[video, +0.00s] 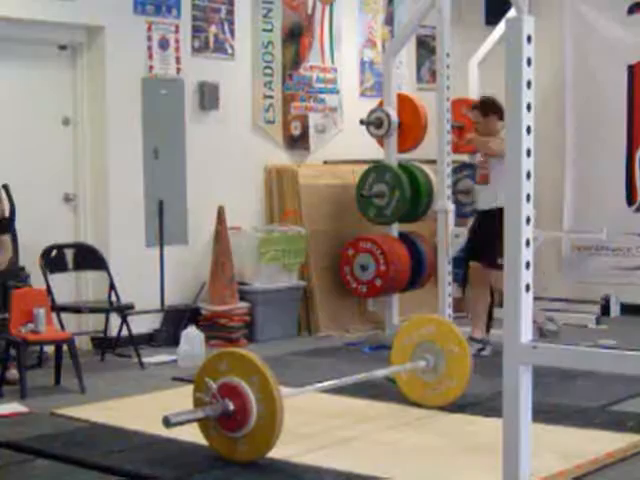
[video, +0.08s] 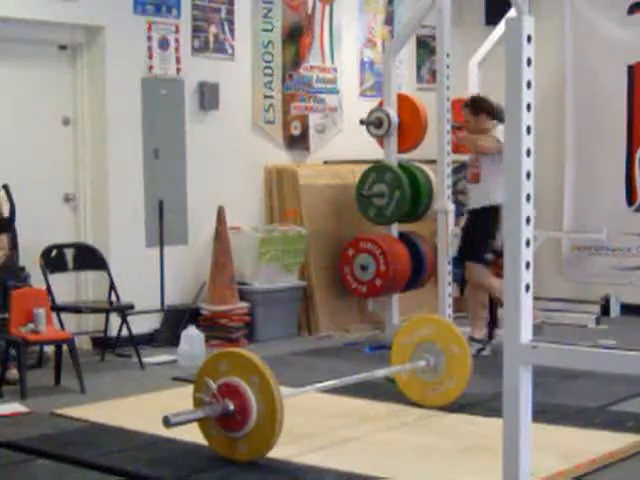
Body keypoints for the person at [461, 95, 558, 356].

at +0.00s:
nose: (474, 126)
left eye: (478, 120)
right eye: (474, 121)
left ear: (494, 119)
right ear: (490, 121)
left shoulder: (509, 142)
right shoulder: (487, 145)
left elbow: (493, 147)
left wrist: (473, 139)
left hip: (503, 211)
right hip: (484, 212)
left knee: (497, 276)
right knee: (477, 274)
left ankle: (537, 320)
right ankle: (478, 334)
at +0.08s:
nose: (466, 123)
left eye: (469, 118)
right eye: (466, 118)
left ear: (483, 117)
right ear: (483, 119)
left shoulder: (497, 138)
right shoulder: (481, 143)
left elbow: (485, 146)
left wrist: (465, 136)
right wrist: (466, 214)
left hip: (491, 206)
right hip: (477, 208)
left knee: (473, 268)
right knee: (475, 273)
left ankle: (515, 303)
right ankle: (478, 331)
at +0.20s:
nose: (450, 125)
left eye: (452, 120)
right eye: (449, 121)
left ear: (466, 116)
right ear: (465, 117)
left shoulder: (488, 133)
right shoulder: (471, 136)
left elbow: (471, 143)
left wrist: (451, 137)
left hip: (482, 202)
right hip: (465, 203)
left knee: (455, 266)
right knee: (472, 272)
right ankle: (480, 330)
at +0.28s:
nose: (447, 125)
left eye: (448, 120)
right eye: (445, 121)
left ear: (461, 116)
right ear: (460, 116)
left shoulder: (485, 133)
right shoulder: (465, 137)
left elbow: (470, 142)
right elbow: (454, 175)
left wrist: (448, 137)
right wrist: (456, 144)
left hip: (478, 202)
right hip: (460, 203)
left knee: (451, 268)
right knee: (472, 274)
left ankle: (469, 328)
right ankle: (479, 334)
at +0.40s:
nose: (434, 127)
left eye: (435, 122)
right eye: (433, 123)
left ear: (447, 117)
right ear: (447, 117)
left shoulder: (471, 134)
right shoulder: (452, 137)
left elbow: (455, 145)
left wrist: (433, 135)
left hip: (466, 206)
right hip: (448, 206)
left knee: (441, 270)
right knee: (465, 275)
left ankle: (439, 333)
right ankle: (477, 335)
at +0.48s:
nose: (413, 130)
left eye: (415, 125)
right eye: (412, 126)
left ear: (429, 120)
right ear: (425, 123)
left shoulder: (453, 137)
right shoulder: (428, 141)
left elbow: (441, 155)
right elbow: (398, 150)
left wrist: (418, 145)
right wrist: (383, 133)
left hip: (449, 208)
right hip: (432, 209)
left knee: (423, 273)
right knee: (454, 274)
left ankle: (418, 337)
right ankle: (476, 333)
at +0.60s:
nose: (394, 128)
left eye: (396, 121)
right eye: (393, 122)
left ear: (410, 118)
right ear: (408, 119)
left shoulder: (429, 136)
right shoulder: (410, 143)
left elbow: (435, 172)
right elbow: (405, 173)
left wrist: (401, 173)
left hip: (427, 207)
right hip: (413, 207)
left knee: (409, 276)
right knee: (430, 276)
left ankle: (401, 342)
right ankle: (466, 325)